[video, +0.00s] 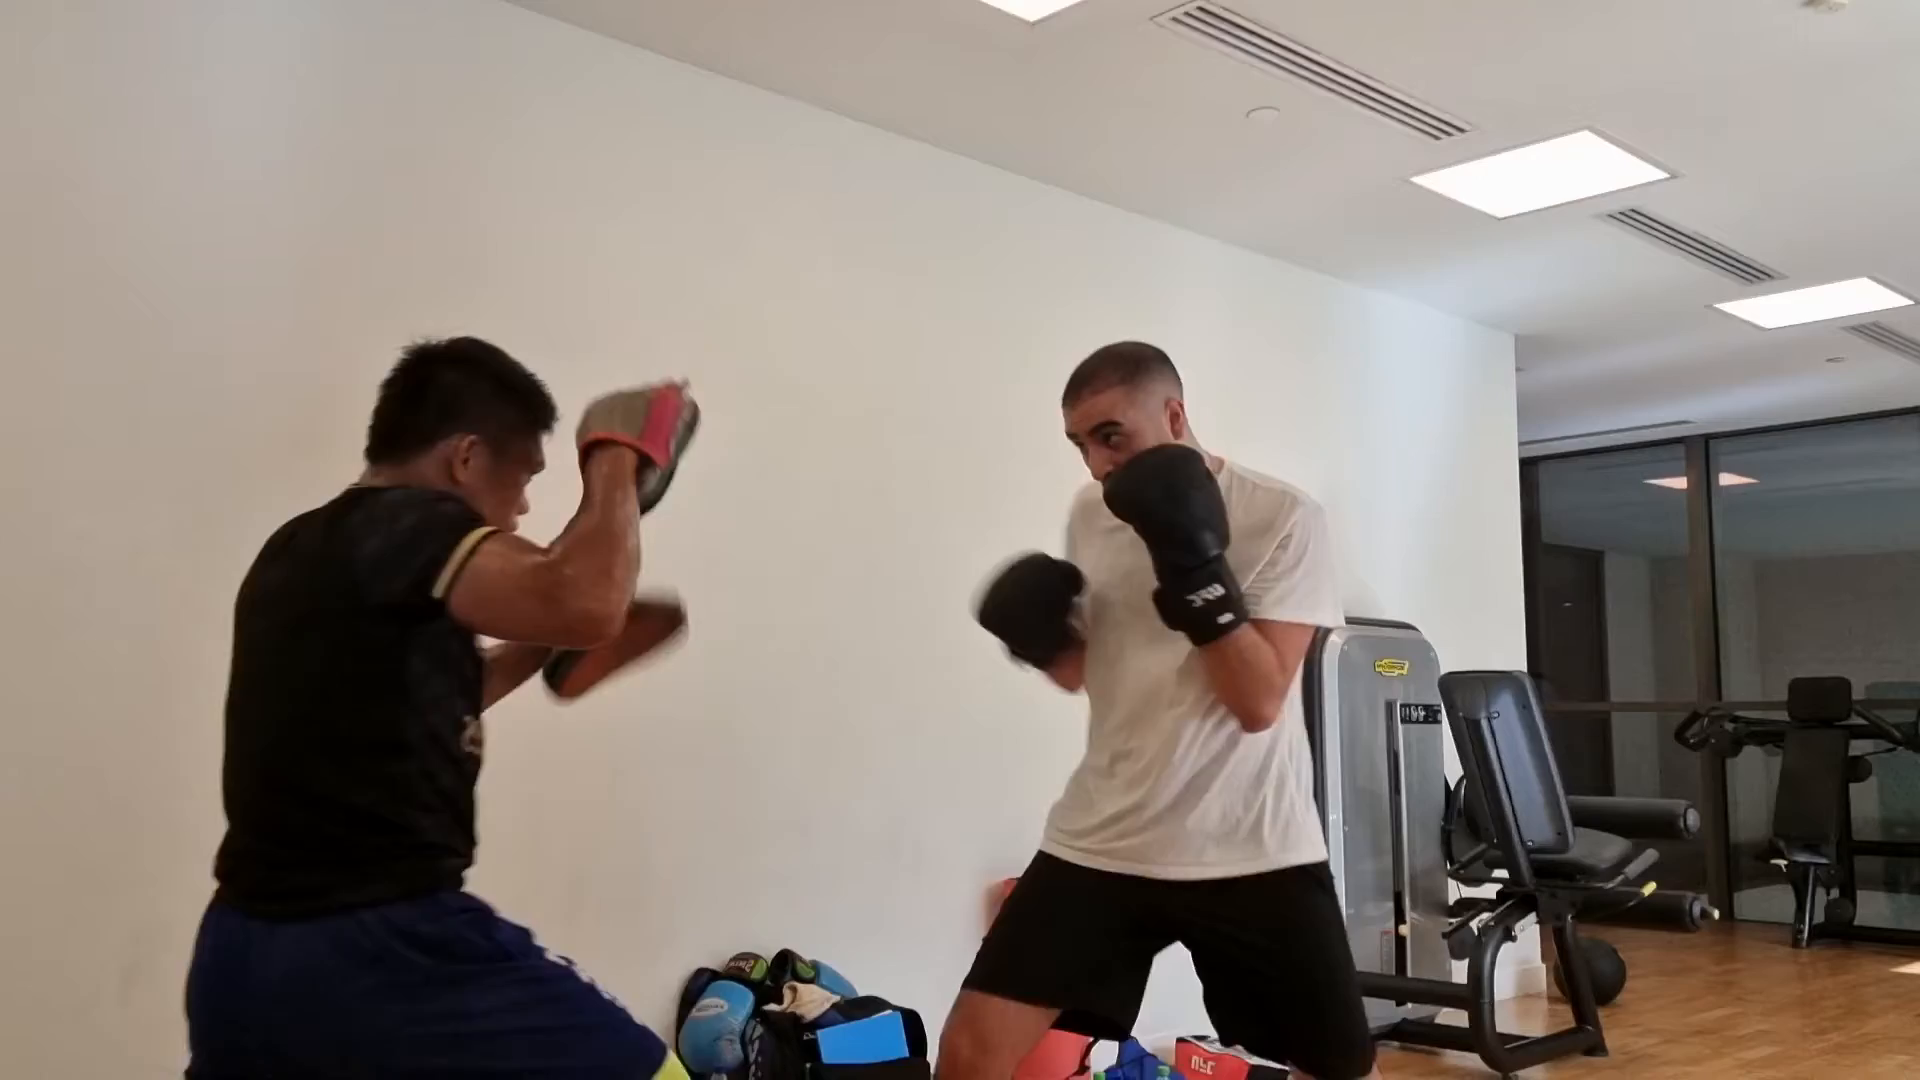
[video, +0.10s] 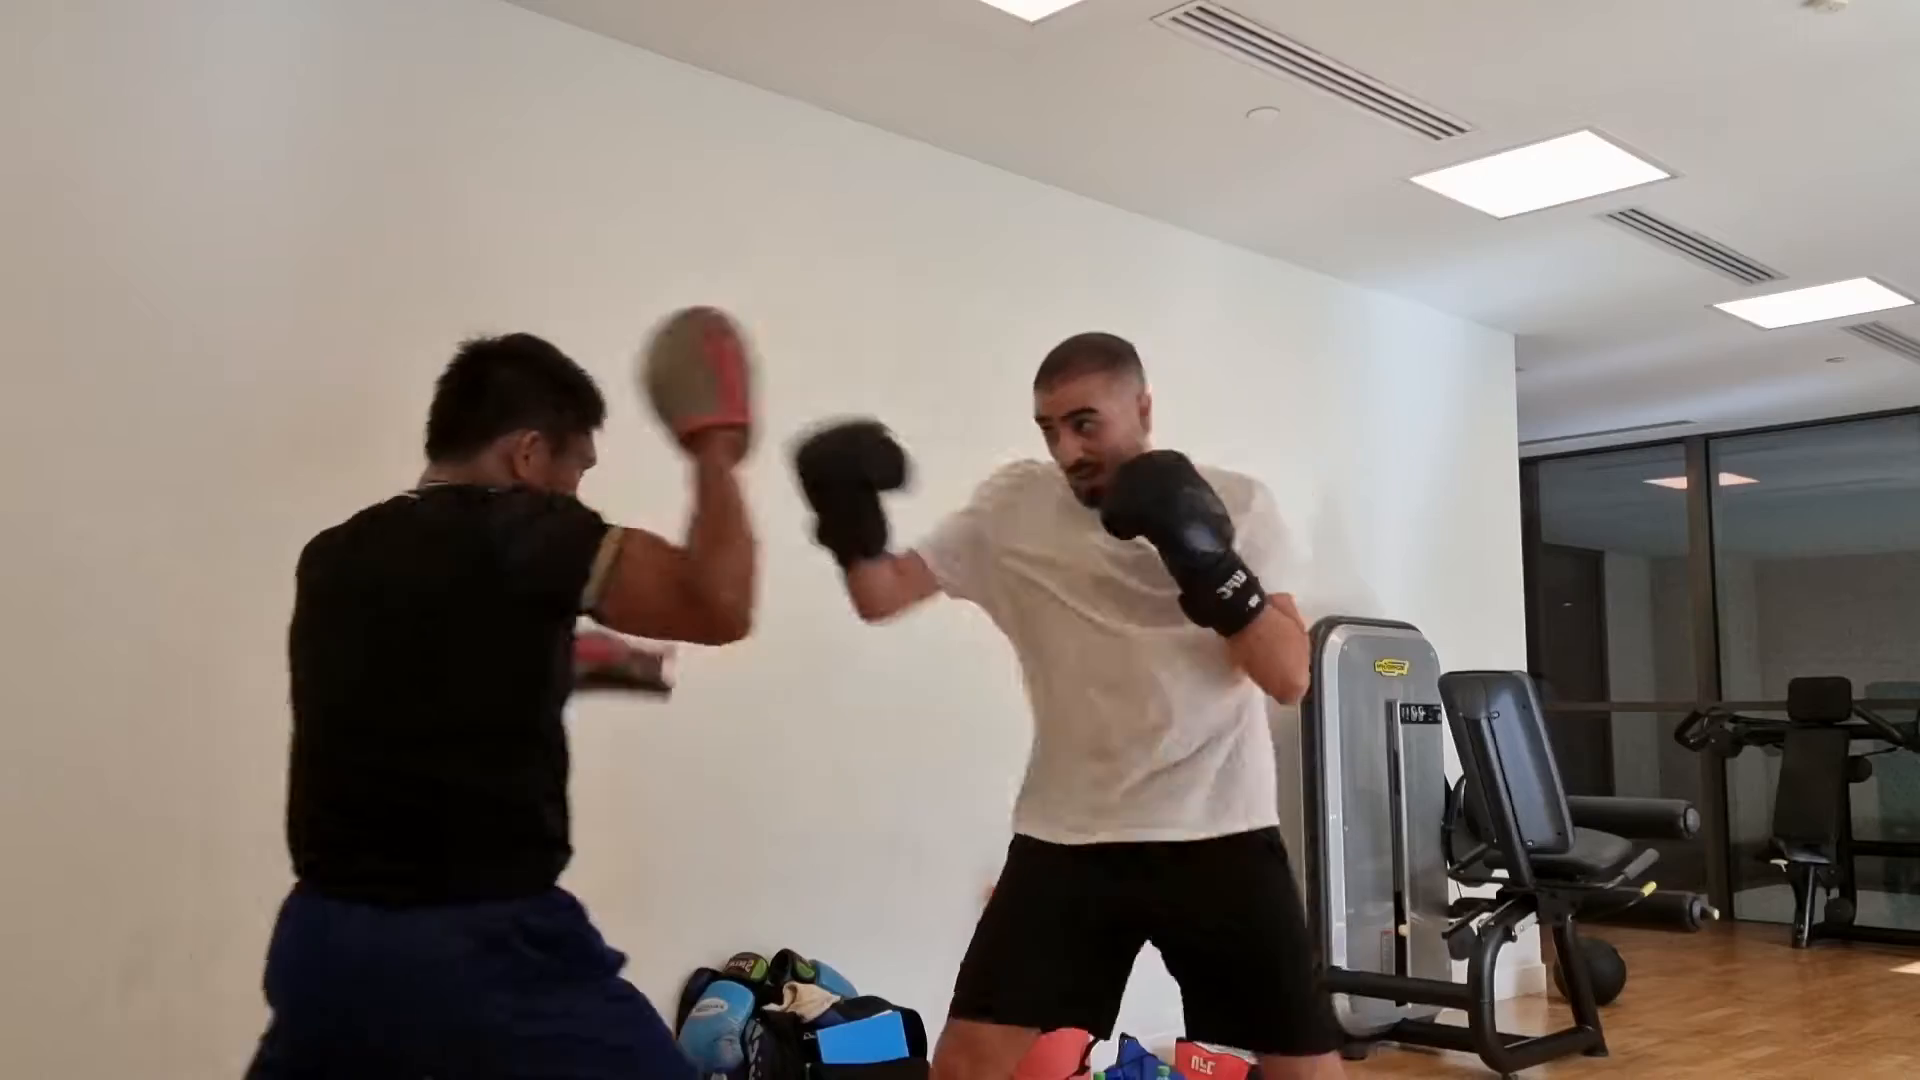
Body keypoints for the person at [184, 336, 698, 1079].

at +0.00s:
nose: (522, 510)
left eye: (528, 485)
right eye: (521, 480)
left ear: (385, 452)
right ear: (463, 459)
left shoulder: (289, 551)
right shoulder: (405, 524)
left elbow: (429, 695)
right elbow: (586, 603)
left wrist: (551, 632)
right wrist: (614, 457)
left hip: (245, 957)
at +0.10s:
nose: (575, 500)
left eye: (581, 477)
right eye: (575, 472)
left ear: (442, 449)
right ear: (524, 454)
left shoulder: (331, 554)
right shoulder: (526, 533)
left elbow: (415, 663)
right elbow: (716, 607)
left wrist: (567, 663)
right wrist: (716, 453)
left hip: (327, 954)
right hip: (498, 960)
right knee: (652, 1061)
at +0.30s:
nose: (704, 494)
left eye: (711, 475)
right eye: (704, 470)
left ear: (578, 439)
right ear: (663, 453)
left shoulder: (518, 550)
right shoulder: (597, 556)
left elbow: (671, 710)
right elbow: (716, 730)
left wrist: (711, 611)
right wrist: (797, 606)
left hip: (459, 938)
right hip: (575, 955)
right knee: (747, 1067)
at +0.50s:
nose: (714, 482)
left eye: (721, 465)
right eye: (716, 462)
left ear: (585, 433)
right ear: (677, 440)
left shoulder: (464, 551)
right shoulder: (677, 510)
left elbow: (416, 736)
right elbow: (839, 604)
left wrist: (551, 707)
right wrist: (989, 502)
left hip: (456, 926)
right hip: (630, 928)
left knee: (401, 1069)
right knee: (765, 1060)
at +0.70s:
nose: (715, 513)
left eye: (724, 493)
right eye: (721, 487)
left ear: (596, 450)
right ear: (683, 460)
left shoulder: (487, 550)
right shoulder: (627, 529)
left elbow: (685, 714)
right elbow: (753, 667)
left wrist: (818, 619)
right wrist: (862, 591)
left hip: (435, 924)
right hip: (588, 934)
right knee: (731, 1059)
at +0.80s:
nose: (705, 533)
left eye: (715, 513)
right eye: (712, 507)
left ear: (587, 467)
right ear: (674, 478)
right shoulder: (610, 546)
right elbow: (760, 648)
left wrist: (797, 610)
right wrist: (839, 583)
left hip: (424, 955)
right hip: (572, 959)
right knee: (740, 1065)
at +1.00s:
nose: (710, 522)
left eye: (715, 506)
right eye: (712, 502)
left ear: (584, 470)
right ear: (676, 480)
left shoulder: (447, 568)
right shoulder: (689, 549)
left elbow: (363, 759)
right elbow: (858, 641)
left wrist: (493, 720)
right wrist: (868, 497)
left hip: (428, 950)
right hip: (613, 958)